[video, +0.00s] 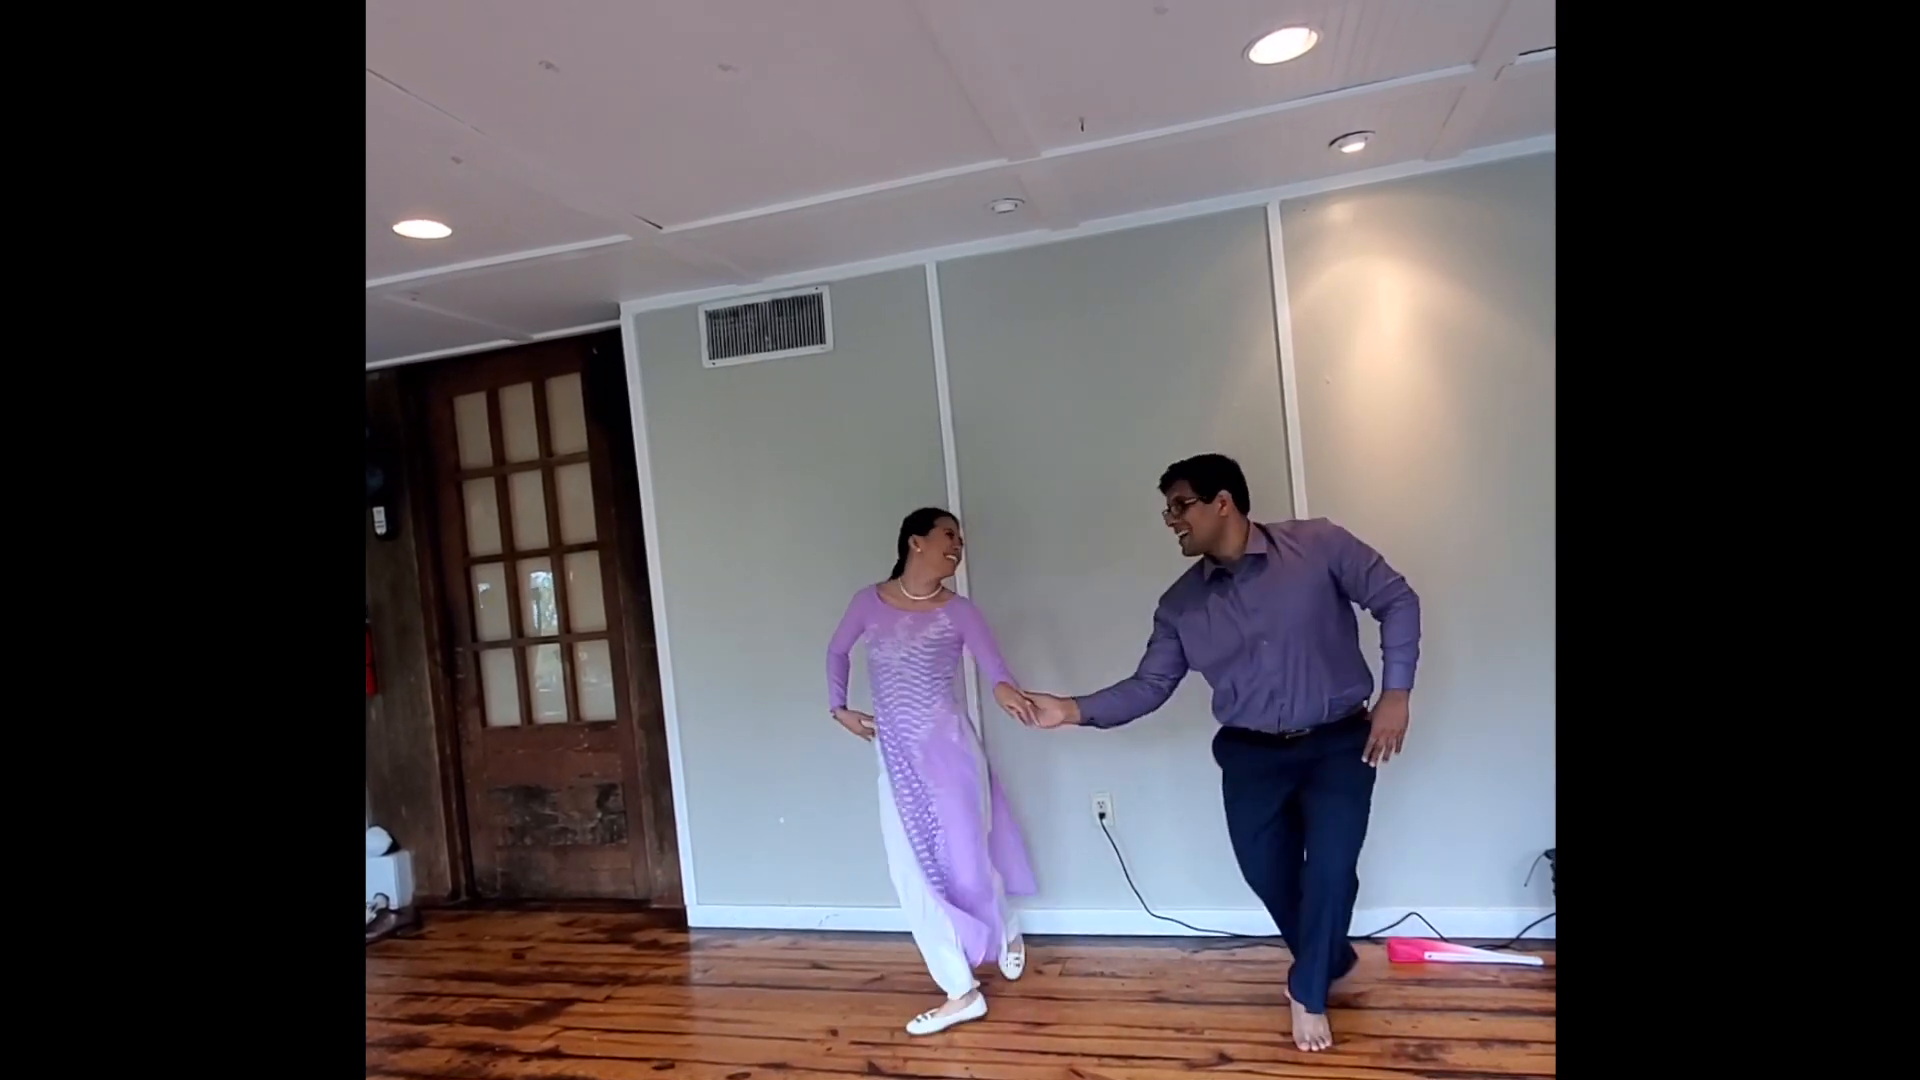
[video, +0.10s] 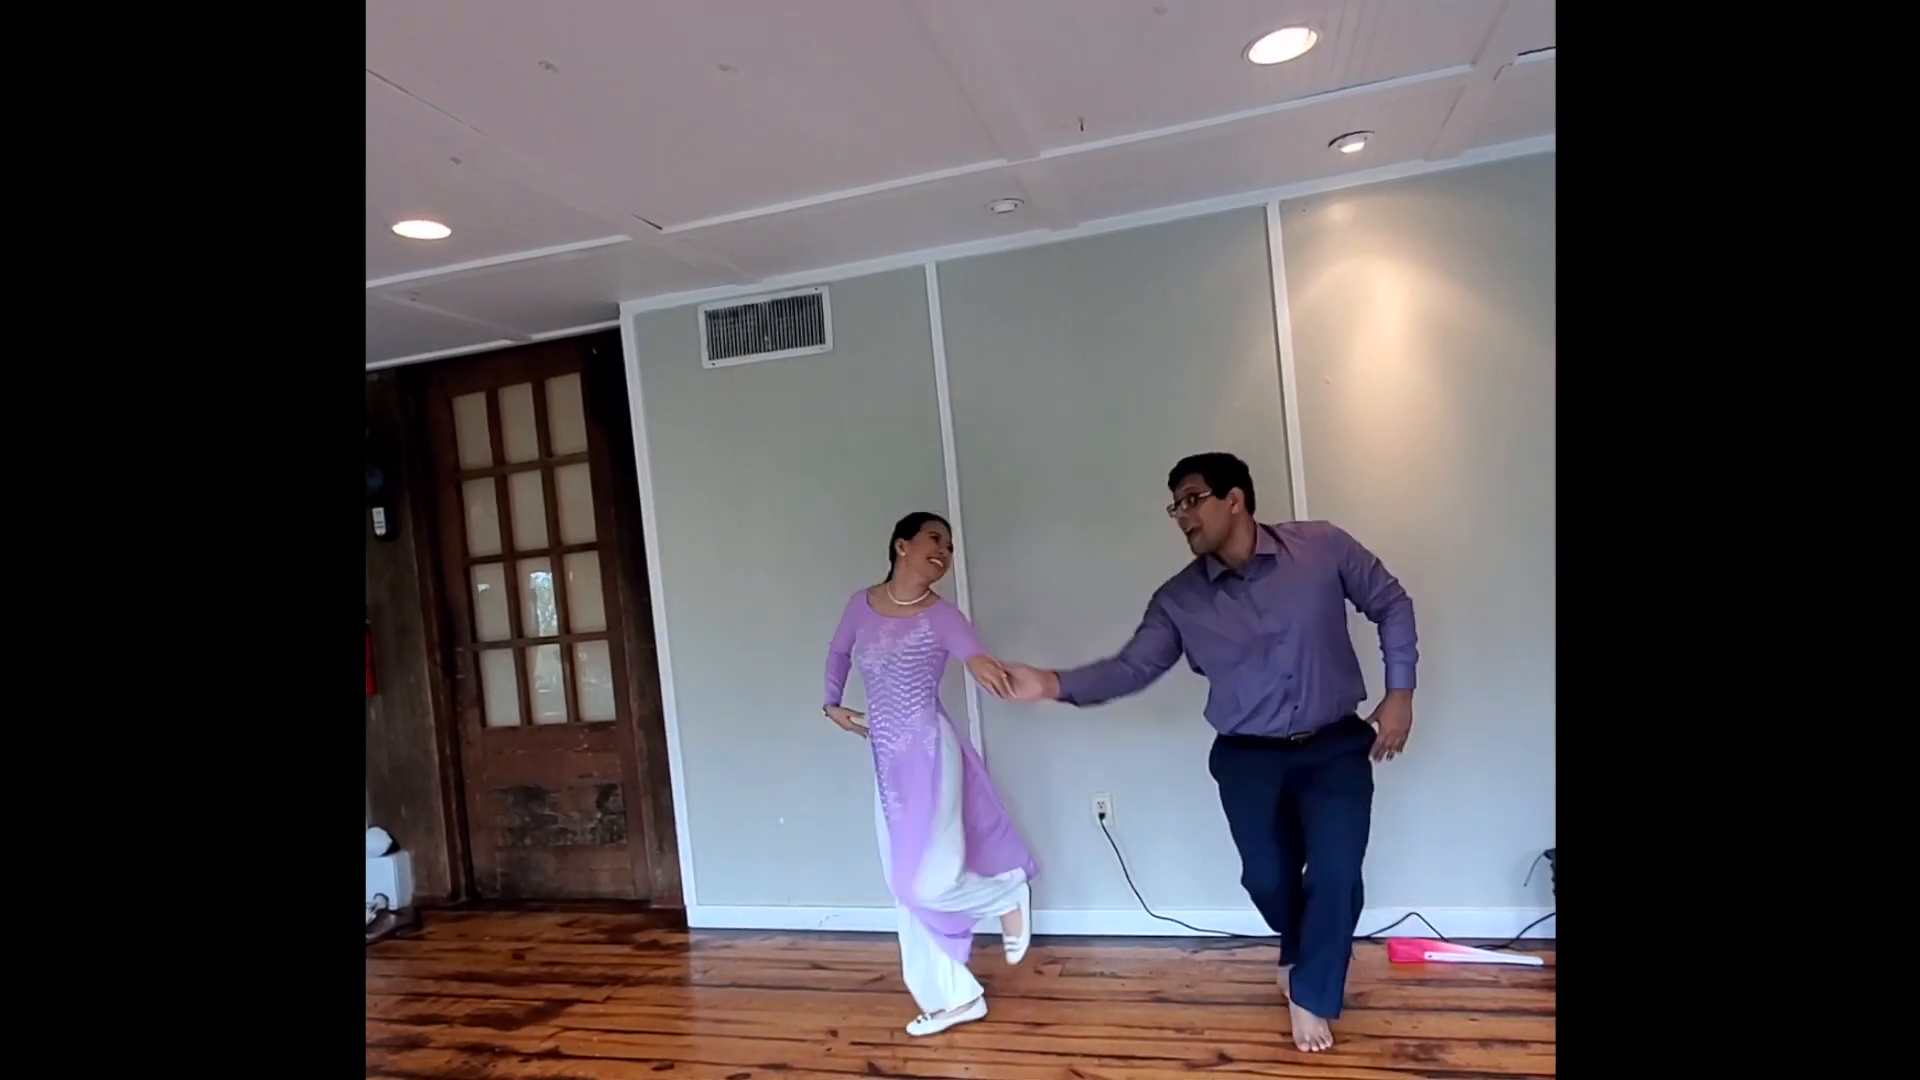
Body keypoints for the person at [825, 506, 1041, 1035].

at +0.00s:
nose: (959, 547)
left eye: (960, 540)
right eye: (950, 537)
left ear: (940, 549)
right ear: (915, 543)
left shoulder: (959, 611)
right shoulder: (870, 602)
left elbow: (993, 665)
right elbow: (838, 651)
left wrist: (1003, 687)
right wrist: (838, 706)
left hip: (950, 752)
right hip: (896, 757)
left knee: (965, 869)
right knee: (913, 874)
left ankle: (1003, 931)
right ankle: (961, 992)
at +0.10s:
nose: (944, 553)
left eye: (948, 548)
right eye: (935, 543)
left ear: (944, 561)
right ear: (901, 547)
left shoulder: (939, 613)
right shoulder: (861, 605)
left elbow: (967, 642)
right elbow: (839, 654)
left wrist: (980, 659)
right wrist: (833, 705)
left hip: (932, 752)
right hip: (888, 756)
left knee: (929, 885)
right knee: (909, 884)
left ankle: (1008, 894)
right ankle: (957, 995)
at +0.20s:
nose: (923, 547)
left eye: (932, 544)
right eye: (915, 534)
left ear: (932, 560)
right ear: (885, 542)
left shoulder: (923, 610)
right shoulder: (857, 600)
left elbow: (954, 655)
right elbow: (850, 657)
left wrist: (940, 643)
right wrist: (836, 699)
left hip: (918, 750)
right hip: (882, 751)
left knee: (865, 875)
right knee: (913, 871)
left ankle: (964, 950)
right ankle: (953, 996)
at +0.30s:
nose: (899, 539)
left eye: (911, 538)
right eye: (892, 527)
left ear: (916, 554)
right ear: (869, 532)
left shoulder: (902, 601)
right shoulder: (853, 594)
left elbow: (869, 629)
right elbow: (869, 659)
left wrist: (816, 603)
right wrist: (849, 690)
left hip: (898, 747)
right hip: (878, 744)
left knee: (847, 884)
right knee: (911, 872)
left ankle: (881, 1012)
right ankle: (957, 992)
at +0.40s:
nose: (861, 535)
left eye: (878, 533)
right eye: (859, 525)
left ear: (895, 554)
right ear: (849, 534)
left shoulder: (866, 600)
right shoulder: (888, 605)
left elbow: (793, 642)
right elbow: (900, 665)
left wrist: (735, 618)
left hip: (870, 744)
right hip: (895, 742)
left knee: (857, 874)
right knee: (908, 871)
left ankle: (848, 1016)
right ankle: (953, 994)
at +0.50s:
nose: (825, 533)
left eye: (837, 530)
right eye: (830, 524)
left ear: (864, 553)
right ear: (869, 556)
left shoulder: (821, 603)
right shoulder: (893, 600)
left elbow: (744, 643)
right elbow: (943, 643)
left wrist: (728, 659)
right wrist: (906, 690)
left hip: (847, 741)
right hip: (897, 736)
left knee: (846, 877)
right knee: (909, 871)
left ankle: (850, 1017)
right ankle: (948, 1004)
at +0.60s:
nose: (807, 540)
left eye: (812, 534)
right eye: (810, 532)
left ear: (829, 550)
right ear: (863, 548)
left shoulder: (799, 604)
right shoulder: (896, 598)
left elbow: (734, 659)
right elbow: (961, 650)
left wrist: (777, 667)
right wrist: (926, 696)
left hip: (829, 748)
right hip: (888, 742)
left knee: (841, 882)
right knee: (899, 877)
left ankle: (854, 1027)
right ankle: (918, 1021)